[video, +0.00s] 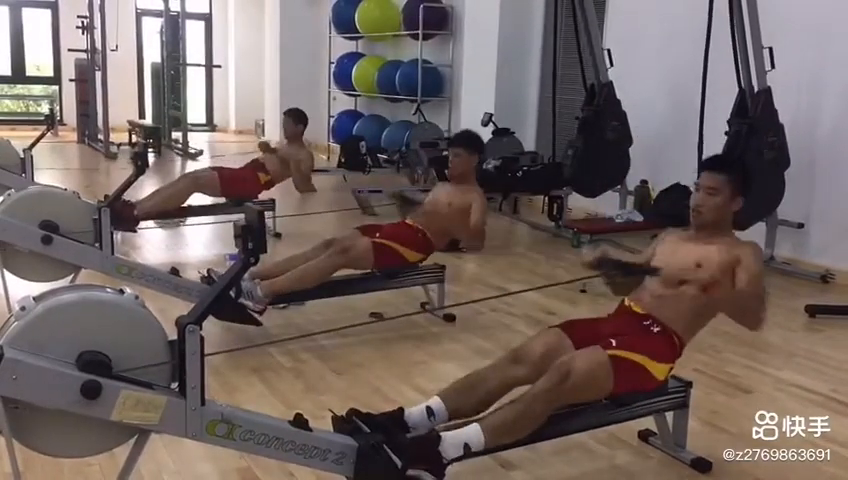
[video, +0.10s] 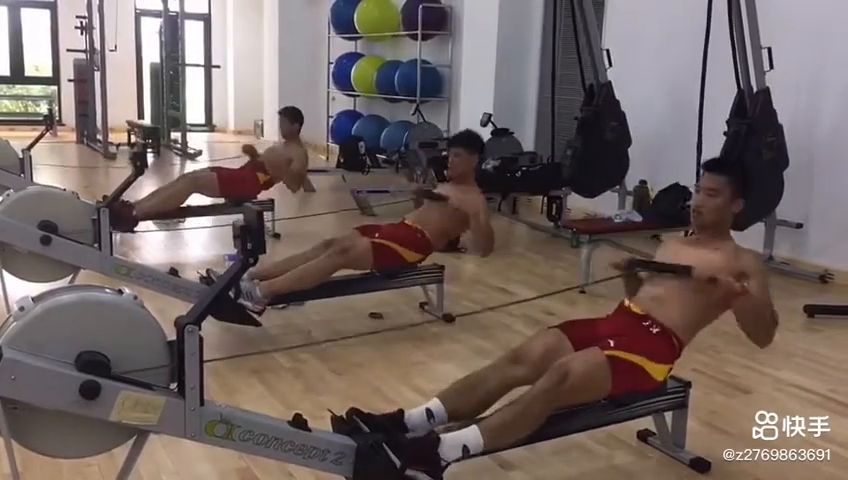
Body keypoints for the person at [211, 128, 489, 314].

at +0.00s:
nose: (449, 163)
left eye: (456, 158)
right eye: (450, 157)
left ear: (474, 162)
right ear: (453, 158)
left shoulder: (476, 198)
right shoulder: (446, 185)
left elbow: (475, 244)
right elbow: (428, 218)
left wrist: (452, 236)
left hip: (413, 243)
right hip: (396, 228)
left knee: (343, 252)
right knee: (330, 243)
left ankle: (262, 293)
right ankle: (247, 276)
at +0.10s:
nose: (450, 161)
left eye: (457, 156)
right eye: (450, 155)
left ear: (474, 162)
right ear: (453, 159)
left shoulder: (474, 198)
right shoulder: (448, 189)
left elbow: (485, 247)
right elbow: (422, 215)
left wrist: (470, 214)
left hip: (412, 242)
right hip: (394, 229)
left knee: (343, 253)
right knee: (329, 243)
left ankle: (261, 294)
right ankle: (246, 276)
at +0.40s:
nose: (436, 149)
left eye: (443, 144)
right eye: (436, 143)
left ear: (462, 149)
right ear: (442, 147)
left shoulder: (466, 189)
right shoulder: (432, 178)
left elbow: (469, 239)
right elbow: (421, 216)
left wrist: (439, 217)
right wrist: (396, 210)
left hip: (415, 243)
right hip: (396, 230)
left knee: (339, 256)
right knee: (327, 245)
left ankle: (259, 299)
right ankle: (246, 280)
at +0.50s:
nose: (429, 144)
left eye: (436, 139)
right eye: (428, 139)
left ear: (454, 144)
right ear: (430, 142)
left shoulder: (458, 181)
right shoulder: (425, 173)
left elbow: (457, 233)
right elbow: (412, 211)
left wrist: (423, 228)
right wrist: (381, 218)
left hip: (414, 242)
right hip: (391, 231)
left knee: (337, 258)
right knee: (325, 248)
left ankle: (259, 298)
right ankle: (243, 280)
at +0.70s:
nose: (413, 137)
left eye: (420, 132)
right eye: (413, 131)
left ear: (439, 137)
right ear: (416, 132)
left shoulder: (443, 175)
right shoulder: (414, 169)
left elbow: (430, 228)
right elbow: (387, 205)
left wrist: (383, 235)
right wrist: (347, 221)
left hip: (410, 247)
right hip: (389, 238)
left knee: (340, 264)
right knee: (329, 251)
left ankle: (259, 300)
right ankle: (245, 282)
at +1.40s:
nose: (381, 134)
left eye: (388, 130)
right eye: (382, 129)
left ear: (406, 133)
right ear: (393, 133)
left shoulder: (420, 170)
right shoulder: (387, 169)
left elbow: (389, 215)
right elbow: (353, 199)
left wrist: (342, 241)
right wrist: (312, 225)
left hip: (407, 248)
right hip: (384, 240)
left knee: (336, 256)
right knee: (320, 251)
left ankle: (262, 302)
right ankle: (245, 285)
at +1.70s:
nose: (357, 134)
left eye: (365, 129)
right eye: (358, 128)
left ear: (383, 134)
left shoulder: (398, 171)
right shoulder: (365, 167)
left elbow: (363, 211)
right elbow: (329, 197)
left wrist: (317, 235)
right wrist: (287, 223)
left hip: (393, 247)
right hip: (371, 237)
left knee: (321, 237)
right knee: (309, 225)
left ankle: (265, 299)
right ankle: (251, 283)